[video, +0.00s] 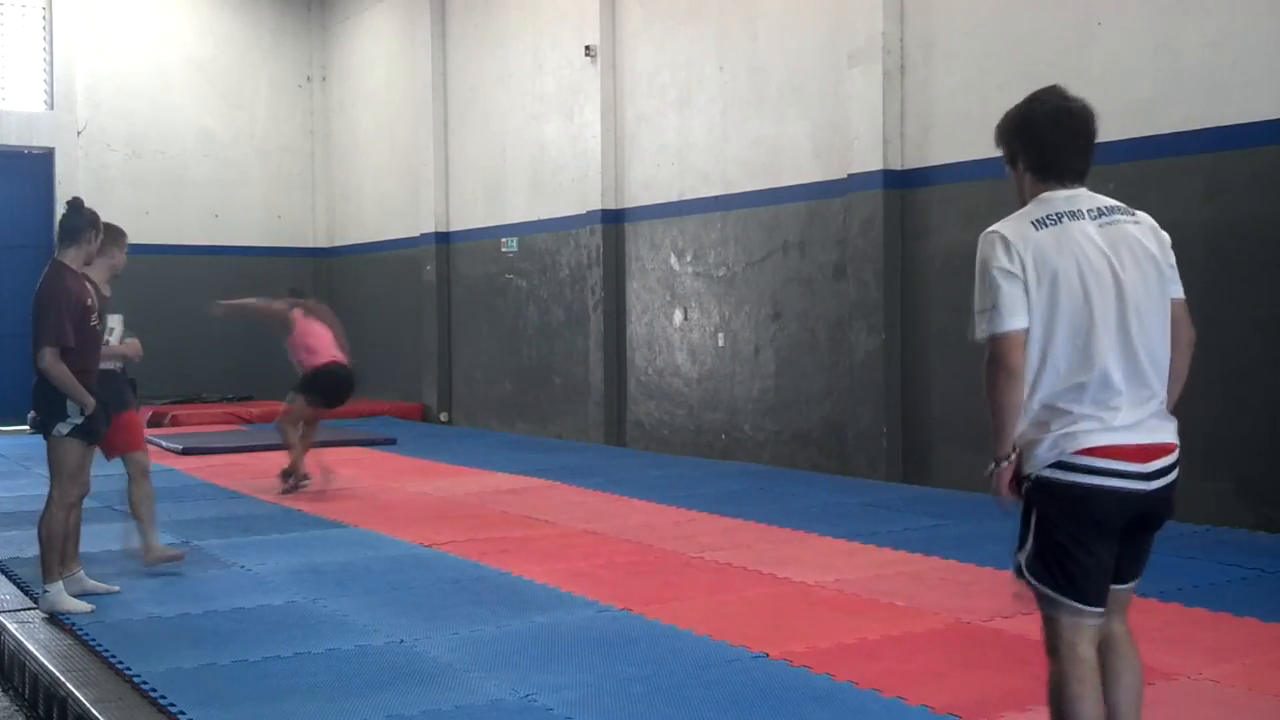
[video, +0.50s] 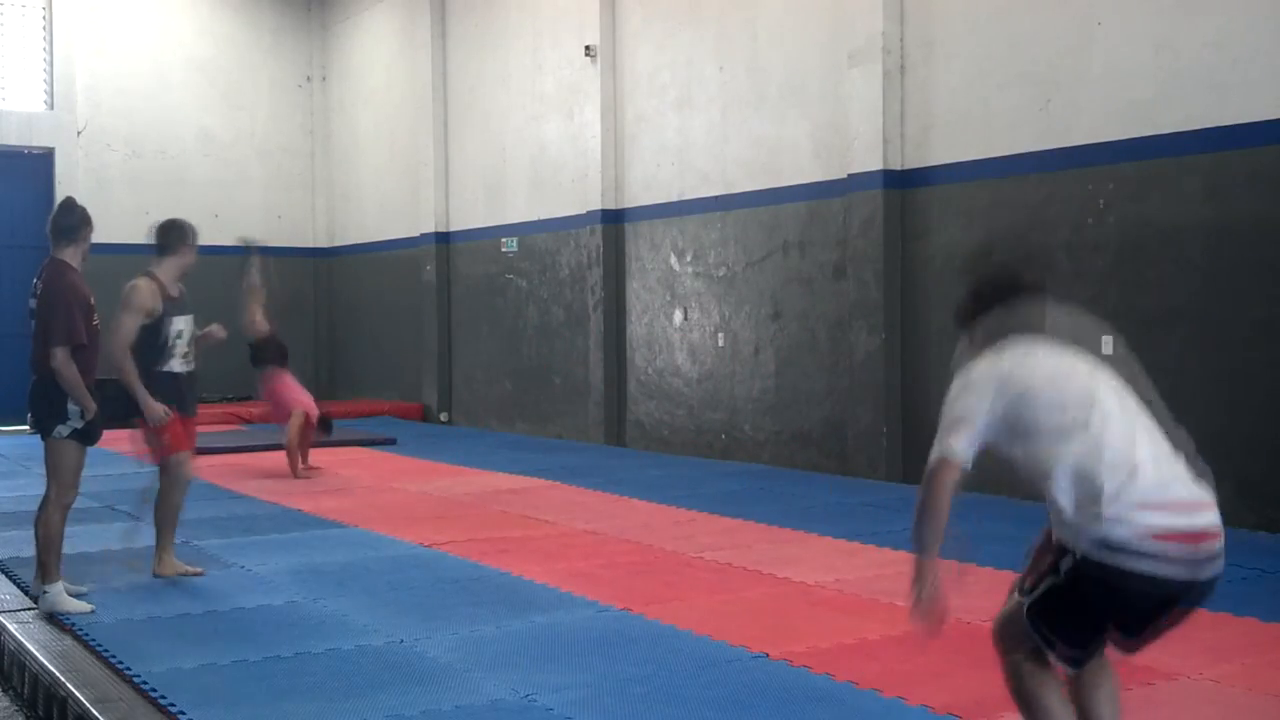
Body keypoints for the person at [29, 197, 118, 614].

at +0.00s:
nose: (99, 245)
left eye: (98, 238)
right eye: (99, 238)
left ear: (69, 235)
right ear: (91, 238)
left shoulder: (76, 279)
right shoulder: (58, 284)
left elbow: (77, 346)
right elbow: (48, 359)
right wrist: (87, 401)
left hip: (82, 396)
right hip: (64, 400)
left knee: (78, 489)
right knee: (63, 493)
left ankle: (71, 574)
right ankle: (51, 590)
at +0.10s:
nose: (100, 244)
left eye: (99, 237)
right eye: (99, 237)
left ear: (69, 235)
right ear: (91, 238)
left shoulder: (72, 278)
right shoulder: (59, 284)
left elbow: (76, 347)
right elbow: (48, 359)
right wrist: (85, 401)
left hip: (78, 396)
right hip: (62, 400)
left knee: (76, 489)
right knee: (61, 493)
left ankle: (71, 573)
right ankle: (51, 590)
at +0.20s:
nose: (102, 243)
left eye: (101, 237)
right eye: (101, 236)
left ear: (66, 234)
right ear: (93, 237)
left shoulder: (68, 276)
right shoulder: (61, 283)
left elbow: (76, 348)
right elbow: (51, 358)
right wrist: (83, 404)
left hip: (73, 394)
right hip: (58, 398)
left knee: (74, 489)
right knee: (58, 495)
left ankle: (69, 572)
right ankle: (50, 589)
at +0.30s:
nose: (100, 242)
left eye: (99, 236)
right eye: (99, 236)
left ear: (64, 235)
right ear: (93, 238)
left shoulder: (64, 275)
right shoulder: (62, 284)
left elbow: (74, 345)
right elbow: (54, 360)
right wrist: (83, 404)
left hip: (68, 393)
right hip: (58, 398)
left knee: (71, 488)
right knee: (57, 494)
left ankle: (61, 573)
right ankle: (50, 589)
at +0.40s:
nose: (97, 240)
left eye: (95, 234)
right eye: (96, 234)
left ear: (60, 235)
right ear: (90, 237)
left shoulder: (57, 274)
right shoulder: (65, 284)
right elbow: (57, 358)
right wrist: (84, 404)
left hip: (60, 393)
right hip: (59, 397)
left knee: (67, 487)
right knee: (59, 493)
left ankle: (48, 575)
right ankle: (50, 589)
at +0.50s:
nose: (93, 238)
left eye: (90, 232)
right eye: (92, 232)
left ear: (56, 234)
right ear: (88, 235)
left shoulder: (51, 275)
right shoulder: (66, 283)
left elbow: (52, 350)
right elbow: (60, 357)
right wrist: (87, 403)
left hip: (53, 393)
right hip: (63, 397)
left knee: (57, 493)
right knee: (61, 496)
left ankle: (47, 577)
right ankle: (51, 588)